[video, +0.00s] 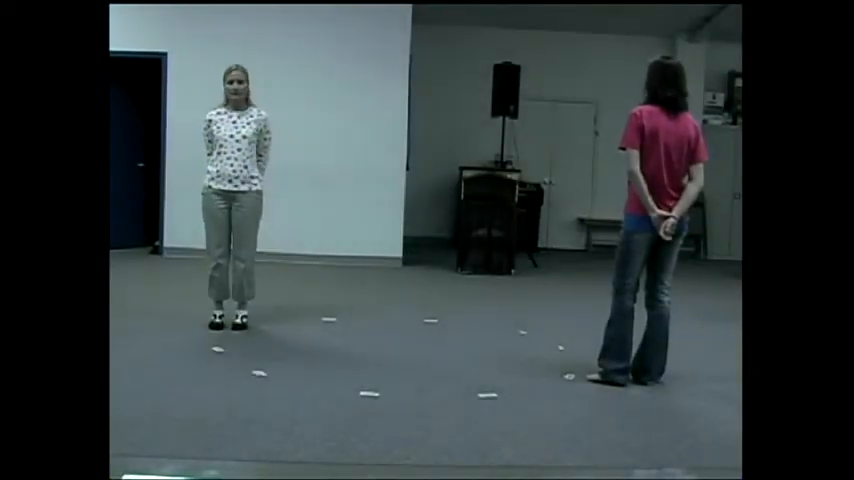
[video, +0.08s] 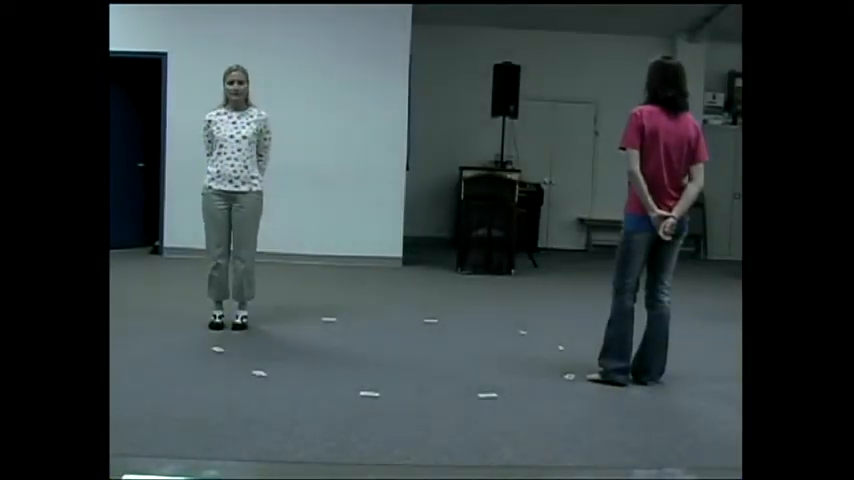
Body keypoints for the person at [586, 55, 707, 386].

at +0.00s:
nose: (647, 85)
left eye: (649, 80)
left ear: (652, 84)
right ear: (682, 86)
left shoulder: (641, 116)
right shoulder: (691, 125)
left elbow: (633, 168)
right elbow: (697, 180)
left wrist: (653, 210)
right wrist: (675, 216)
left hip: (641, 218)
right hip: (674, 220)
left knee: (625, 291)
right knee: (660, 294)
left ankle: (615, 368)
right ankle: (649, 370)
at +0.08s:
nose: (648, 85)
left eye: (650, 80)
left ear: (652, 84)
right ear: (682, 86)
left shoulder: (641, 116)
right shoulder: (692, 125)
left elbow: (633, 168)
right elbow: (697, 180)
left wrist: (653, 210)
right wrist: (675, 216)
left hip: (641, 218)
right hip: (674, 220)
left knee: (625, 292)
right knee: (660, 294)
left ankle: (615, 368)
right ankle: (649, 370)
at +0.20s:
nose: (649, 85)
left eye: (651, 79)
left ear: (653, 84)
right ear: (683, 86)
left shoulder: (641, 116)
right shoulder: (692, 126)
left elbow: (633, 169)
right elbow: (697, 180)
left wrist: (652, 210)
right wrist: (674, 216)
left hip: (641, 218)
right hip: (674, 220)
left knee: (625, 291)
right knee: (660, 293)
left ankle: (615, 368)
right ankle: (649, 370)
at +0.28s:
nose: (649, 86)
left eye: (651, 80)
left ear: (653, 85)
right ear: (683, 86)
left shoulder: (641, 116)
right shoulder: (692, 125)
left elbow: (632, 168)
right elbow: (697, 180)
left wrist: (651, 209)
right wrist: (673, 216)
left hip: (640, 218)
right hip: (674, 220)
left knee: (625, 291)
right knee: (660, 294)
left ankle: (616, 367)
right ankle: (649, 370)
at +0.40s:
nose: (651, 85)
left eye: (652, 80)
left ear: (653, 84)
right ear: (684, 86)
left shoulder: (640, 116)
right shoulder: (693, 125)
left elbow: (631, 167)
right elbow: (697, 180)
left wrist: (650, 208)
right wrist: (671, 217)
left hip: (640, 217)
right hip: (674, 220)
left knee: (624, 290)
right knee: (660, 294)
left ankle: (617, 367)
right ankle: (649, 370)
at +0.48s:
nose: (653, 85)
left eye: (654, 79)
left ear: (654, 84)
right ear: (685, 87)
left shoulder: (639, 116)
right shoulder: (693, 125)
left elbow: (629, 166)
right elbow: (697, 180)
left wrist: (647, 208)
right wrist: (670, 216)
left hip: (639, 216)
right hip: (674, 219)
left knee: (624, 290)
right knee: (661, 293)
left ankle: (618, 366)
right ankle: (650, 370)